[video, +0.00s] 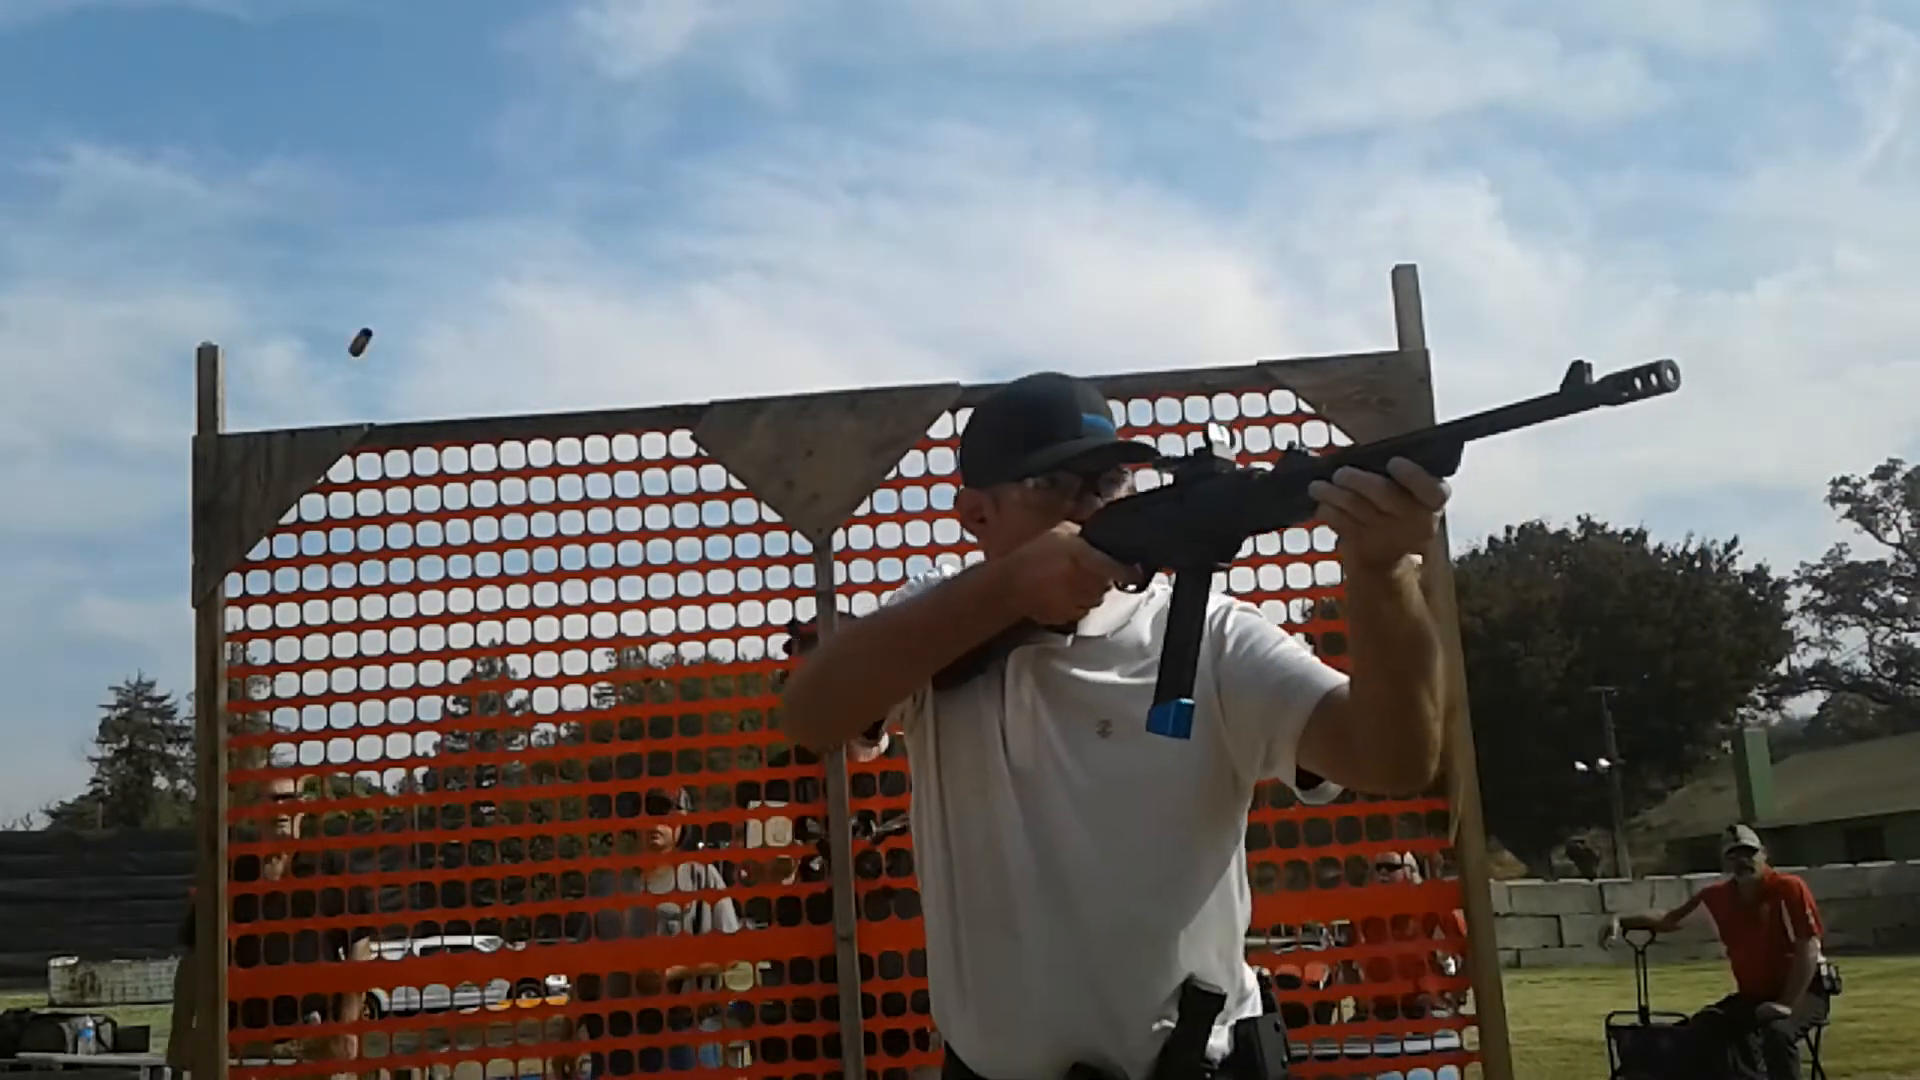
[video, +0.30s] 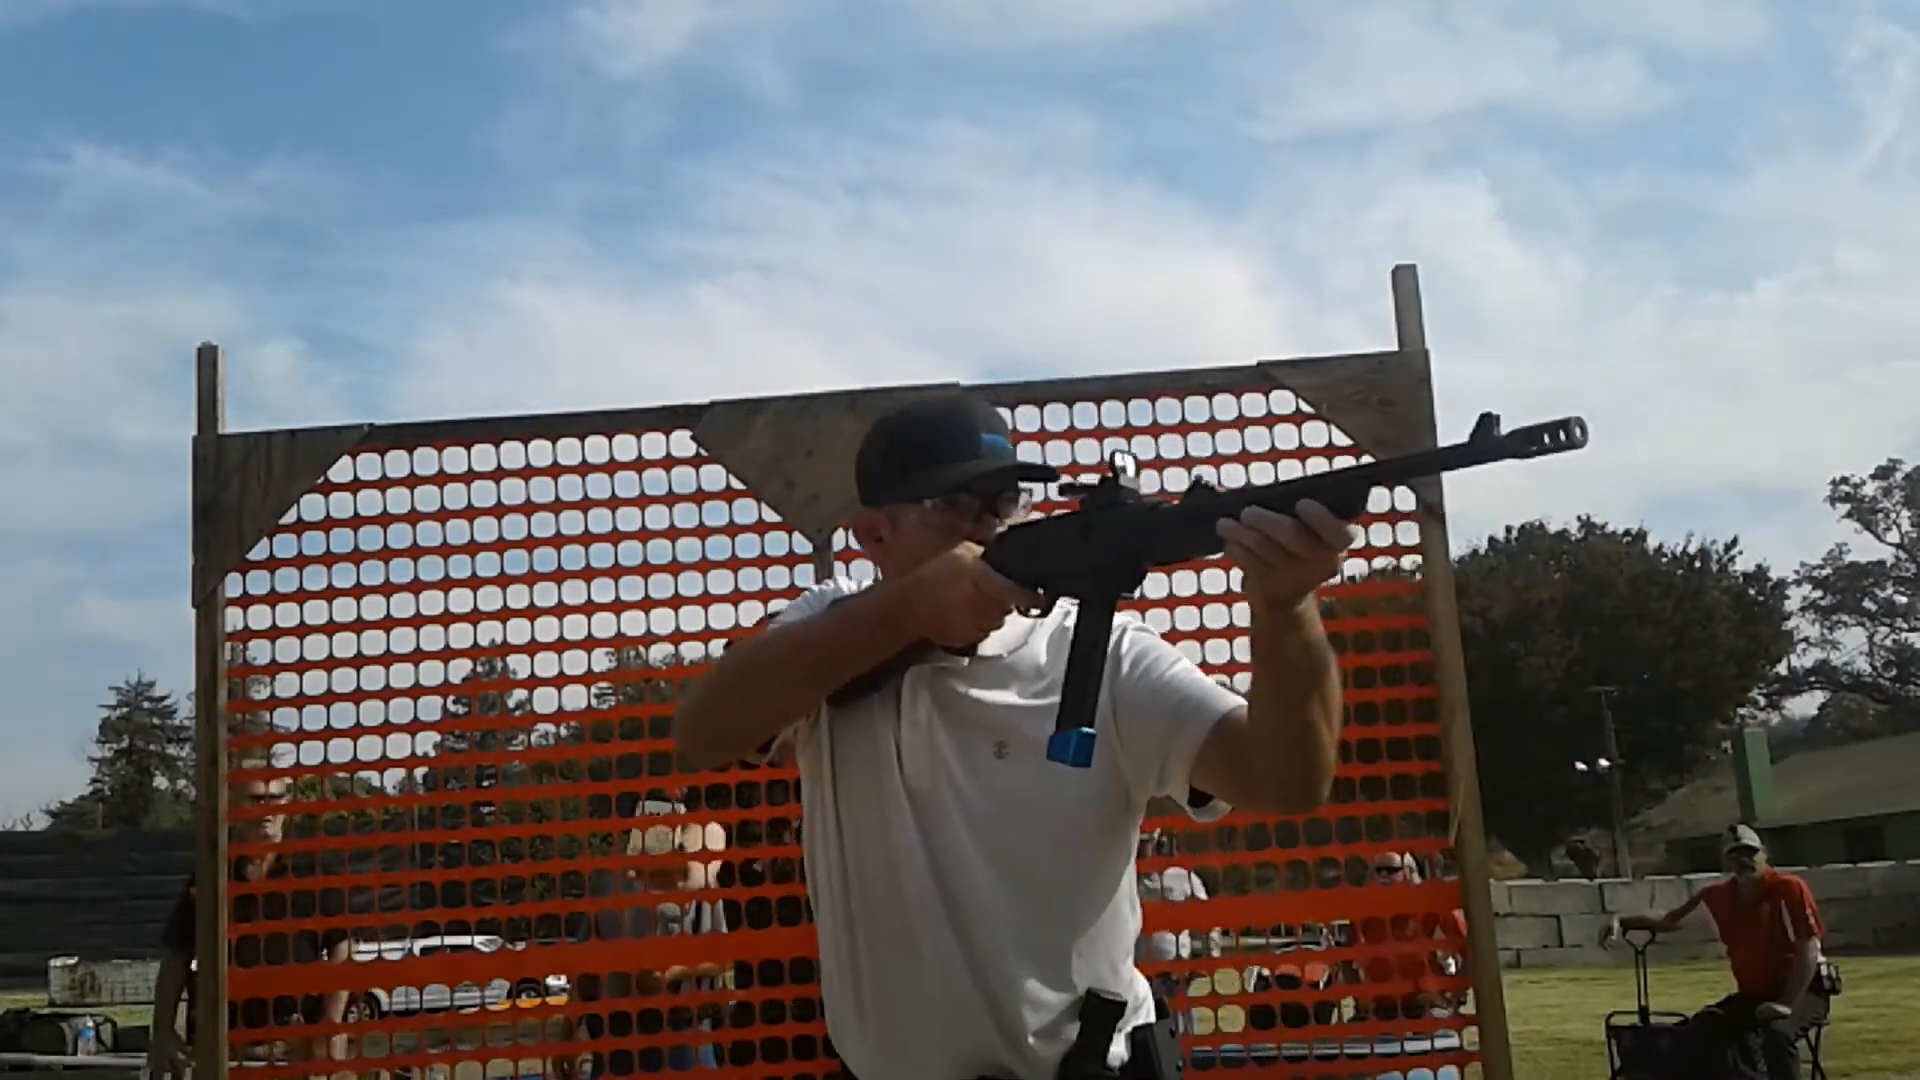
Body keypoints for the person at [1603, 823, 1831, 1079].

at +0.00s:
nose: (1743, 860)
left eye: (1749, 853)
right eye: (1734, 855)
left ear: (1763, 856)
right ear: (1725, 862)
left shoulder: (1790, 888)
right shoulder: (1715, 897)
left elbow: (1809, 949)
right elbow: (1667, 922)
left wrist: (1788, 1004)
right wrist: (1621, 922)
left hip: (1802, 998)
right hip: (1752, 998)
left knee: (1776, 1035)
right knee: (1693, 1032)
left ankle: (1785, 1075)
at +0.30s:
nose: (1743, 859)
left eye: (1749, 853)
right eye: (1734, 855)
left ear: (1763, 856)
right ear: (1725, 862)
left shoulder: (1789, 888)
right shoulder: (1715, 896)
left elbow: (1809, 950)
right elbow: (1668, 921)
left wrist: (1788, 1004)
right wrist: (1621, 923)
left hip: (1802, 997)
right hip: (1752, 998)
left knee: (1776, 1035)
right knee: (1692, 1033)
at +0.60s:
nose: (1743, 859)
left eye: (1750, 852)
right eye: (1735, 854)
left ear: (1763, 855)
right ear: (1725, 862)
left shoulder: (1789, 888)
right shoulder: (1715, 896)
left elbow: (1809, 950)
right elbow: (1668, 921)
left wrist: (1788, 1004)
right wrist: (1621, 923)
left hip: (1802, 998)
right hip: (1752, 998)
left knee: (1776, 1035)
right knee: (1691, 1033)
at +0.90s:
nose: (1743, 859)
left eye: (1750, 853)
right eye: (1735, 855)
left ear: (1763, 856)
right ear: (1725, 862)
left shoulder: (1789, 888)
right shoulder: (1715, 896)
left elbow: (1810, 950)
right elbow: (1668, 921)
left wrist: (1788, 1004)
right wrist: (1621, 923)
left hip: (1803, 998)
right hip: (1752, 998)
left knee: (1776, 1035)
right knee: (1693, 1033)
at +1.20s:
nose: (1744, 859)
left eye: (1750, 853)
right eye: (1735, 855)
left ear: (1762, 856)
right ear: (1725, 863)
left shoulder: (1789, 888)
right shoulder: (1715, 897)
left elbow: (1810, 950)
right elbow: (1668, 922)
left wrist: (1787, 1004)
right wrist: (1621, 923)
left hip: (1803, 998)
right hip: (1753, 998)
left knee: (1776, 1035)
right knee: (1695, 1031)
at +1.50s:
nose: (1744, 860)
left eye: (1750, 853)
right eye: (1735, 856)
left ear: (1763, 856)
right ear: (1725, 863)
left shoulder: (1789, 888)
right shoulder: (1715, 897)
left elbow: (1810, 949)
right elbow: (1668, 922)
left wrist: (1787, 1004)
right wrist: (1621, 923)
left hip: (1803, 998)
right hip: (1753, 998)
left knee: (1776, 1035)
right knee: (1695, 1031)